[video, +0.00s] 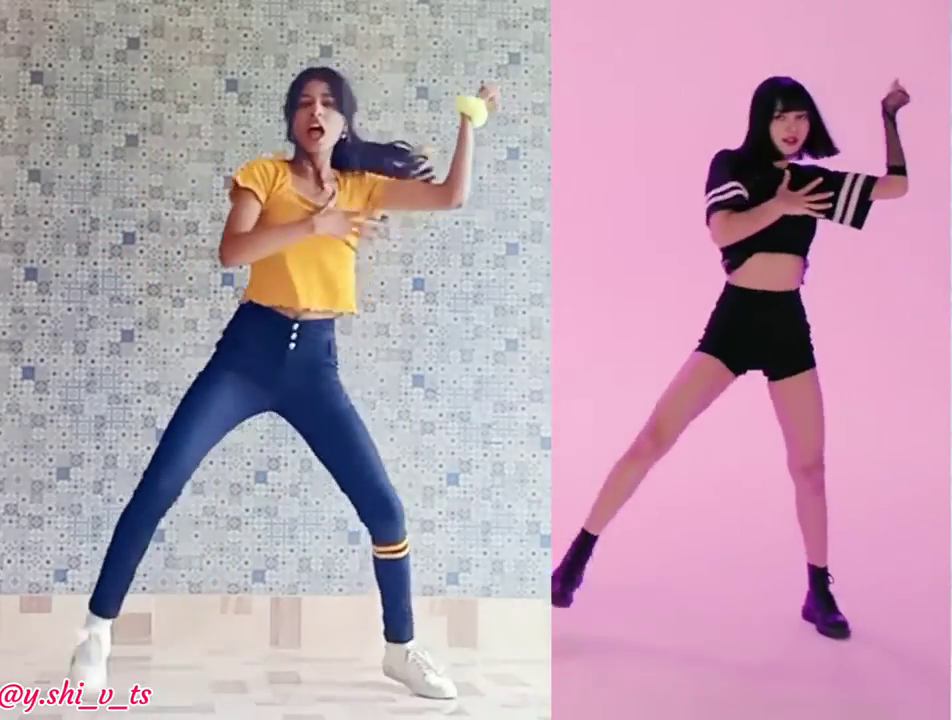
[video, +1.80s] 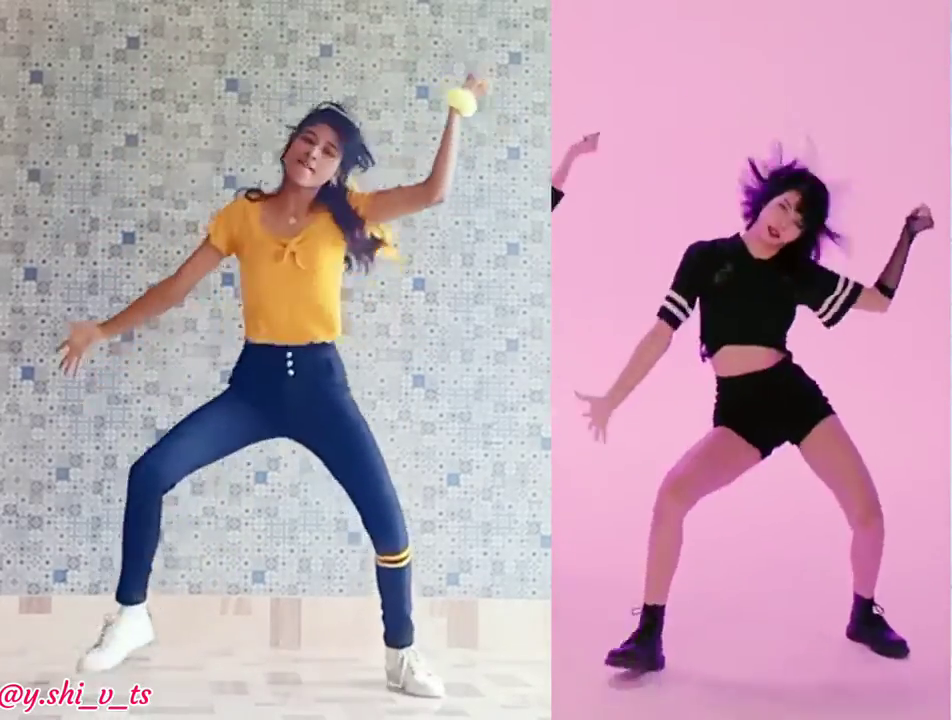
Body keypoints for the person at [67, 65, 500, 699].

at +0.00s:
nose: (314, 113)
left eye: (327, 104)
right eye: (304, 104)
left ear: (346, 120)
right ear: (289, 118)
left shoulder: (362, 186)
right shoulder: (263, 174)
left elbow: (450, 194)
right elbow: (232, 251)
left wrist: (468, 124)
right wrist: (316, 222)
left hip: (315, 370)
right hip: (245, 360)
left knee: (385, 510)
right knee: (159, 485)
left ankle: (401, 649)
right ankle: (95, 637)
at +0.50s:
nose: (280, 134)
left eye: (290, 126)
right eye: (267, 124)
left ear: (303, 138)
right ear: (246, 135)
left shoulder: (321, 197)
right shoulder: (231, 196)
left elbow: (415, 200)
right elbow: (231, 278)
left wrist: (429, 130)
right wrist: (304, 231)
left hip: (294, 387)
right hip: (230, 379)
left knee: (393, 505)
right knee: (166, 522)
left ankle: (389, 660)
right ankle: (95, 661)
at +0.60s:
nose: (305, 134)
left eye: (313, 126)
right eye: (292, 123)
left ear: (321, 142)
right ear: (263, 135)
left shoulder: (333, 198)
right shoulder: (231, 204)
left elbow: (420, 205)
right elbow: (159, 279)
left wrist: (431, 136)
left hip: (296, 388)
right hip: (233, 378)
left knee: (398, 506)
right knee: (166, 523)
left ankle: (390, 659)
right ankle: (95, 662)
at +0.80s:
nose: (288, 127)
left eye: (298, 120)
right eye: (276, 118)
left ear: (311, 135)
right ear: (255, 133)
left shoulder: (324, 191)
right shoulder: (239, 197)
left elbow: (418, 192)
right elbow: (232, 284)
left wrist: (428, 119)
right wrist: (289, 228)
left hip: (292, 386)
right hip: (228, 376)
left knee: (389, 506)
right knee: (163, 522)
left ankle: (389, 660)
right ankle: (95, 661)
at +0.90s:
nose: (277, 127)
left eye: (288, 118)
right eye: (264, 117)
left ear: (302, 132)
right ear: (247, 131)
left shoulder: (321, 188)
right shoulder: (233, 195)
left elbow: (412, 185)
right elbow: (213, 290)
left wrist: (425, 108)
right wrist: (295, 257)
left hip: (291, 382)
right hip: (226, 373)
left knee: (385, 505)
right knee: (162, 520)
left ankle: (389, 660)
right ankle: (95, 662)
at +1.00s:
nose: (261, 127)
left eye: (274, 117)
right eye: (250, 116)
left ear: (291, 129)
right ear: (236, 126)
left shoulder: (315, 184)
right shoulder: (217, 196)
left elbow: (408, 176)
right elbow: (174, 292)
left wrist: (428, 102)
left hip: (289, 377)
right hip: (223, 370)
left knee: (382, 502)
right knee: (160, 517)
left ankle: (390, 658)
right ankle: (95, 661)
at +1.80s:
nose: (311, 151)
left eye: (327, 151)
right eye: (307, 139)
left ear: (339, 171)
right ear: (289, 144)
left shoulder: (342, 213)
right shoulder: (243, 214)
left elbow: (432, 192)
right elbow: (176, 287)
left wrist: (455, 115)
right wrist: (102, 330)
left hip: (323, 395)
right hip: (252, 392)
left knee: (388, 519)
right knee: (149, 472)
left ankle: (401, 654)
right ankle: (130, 615)